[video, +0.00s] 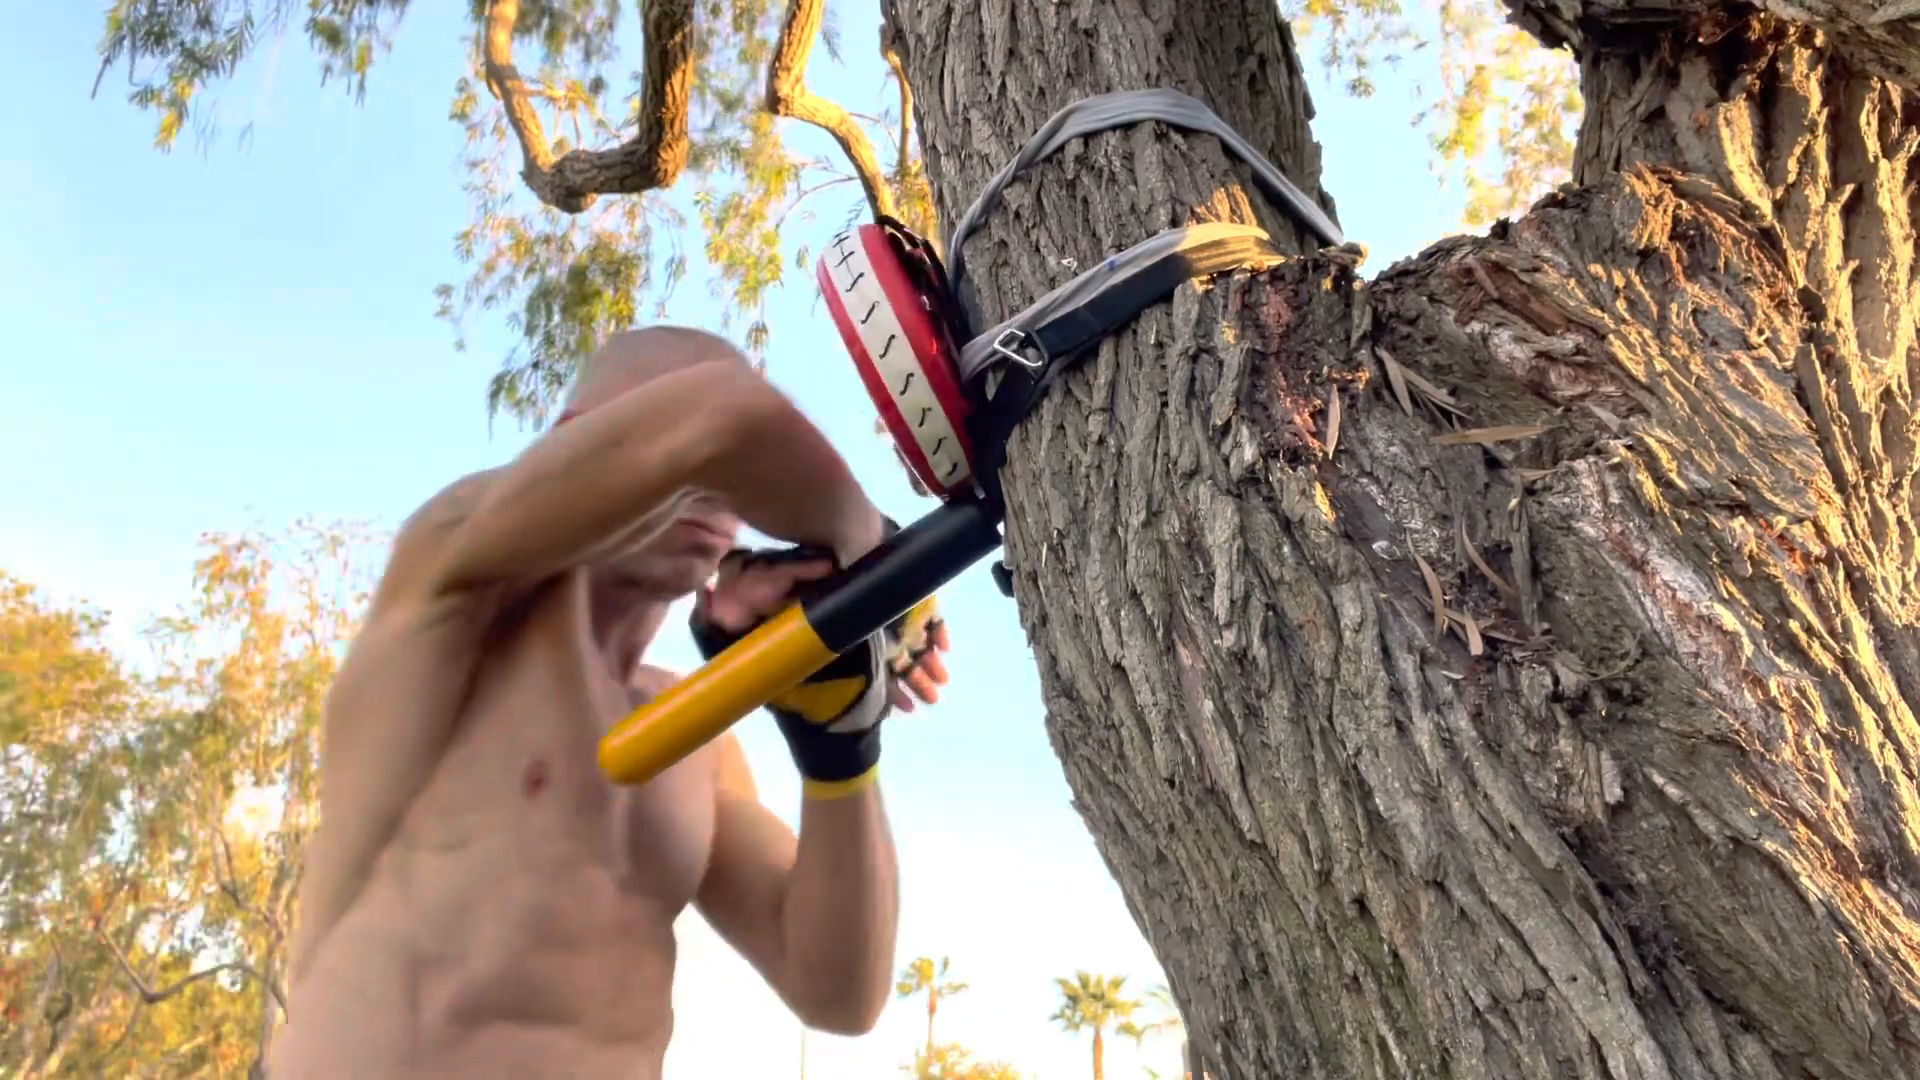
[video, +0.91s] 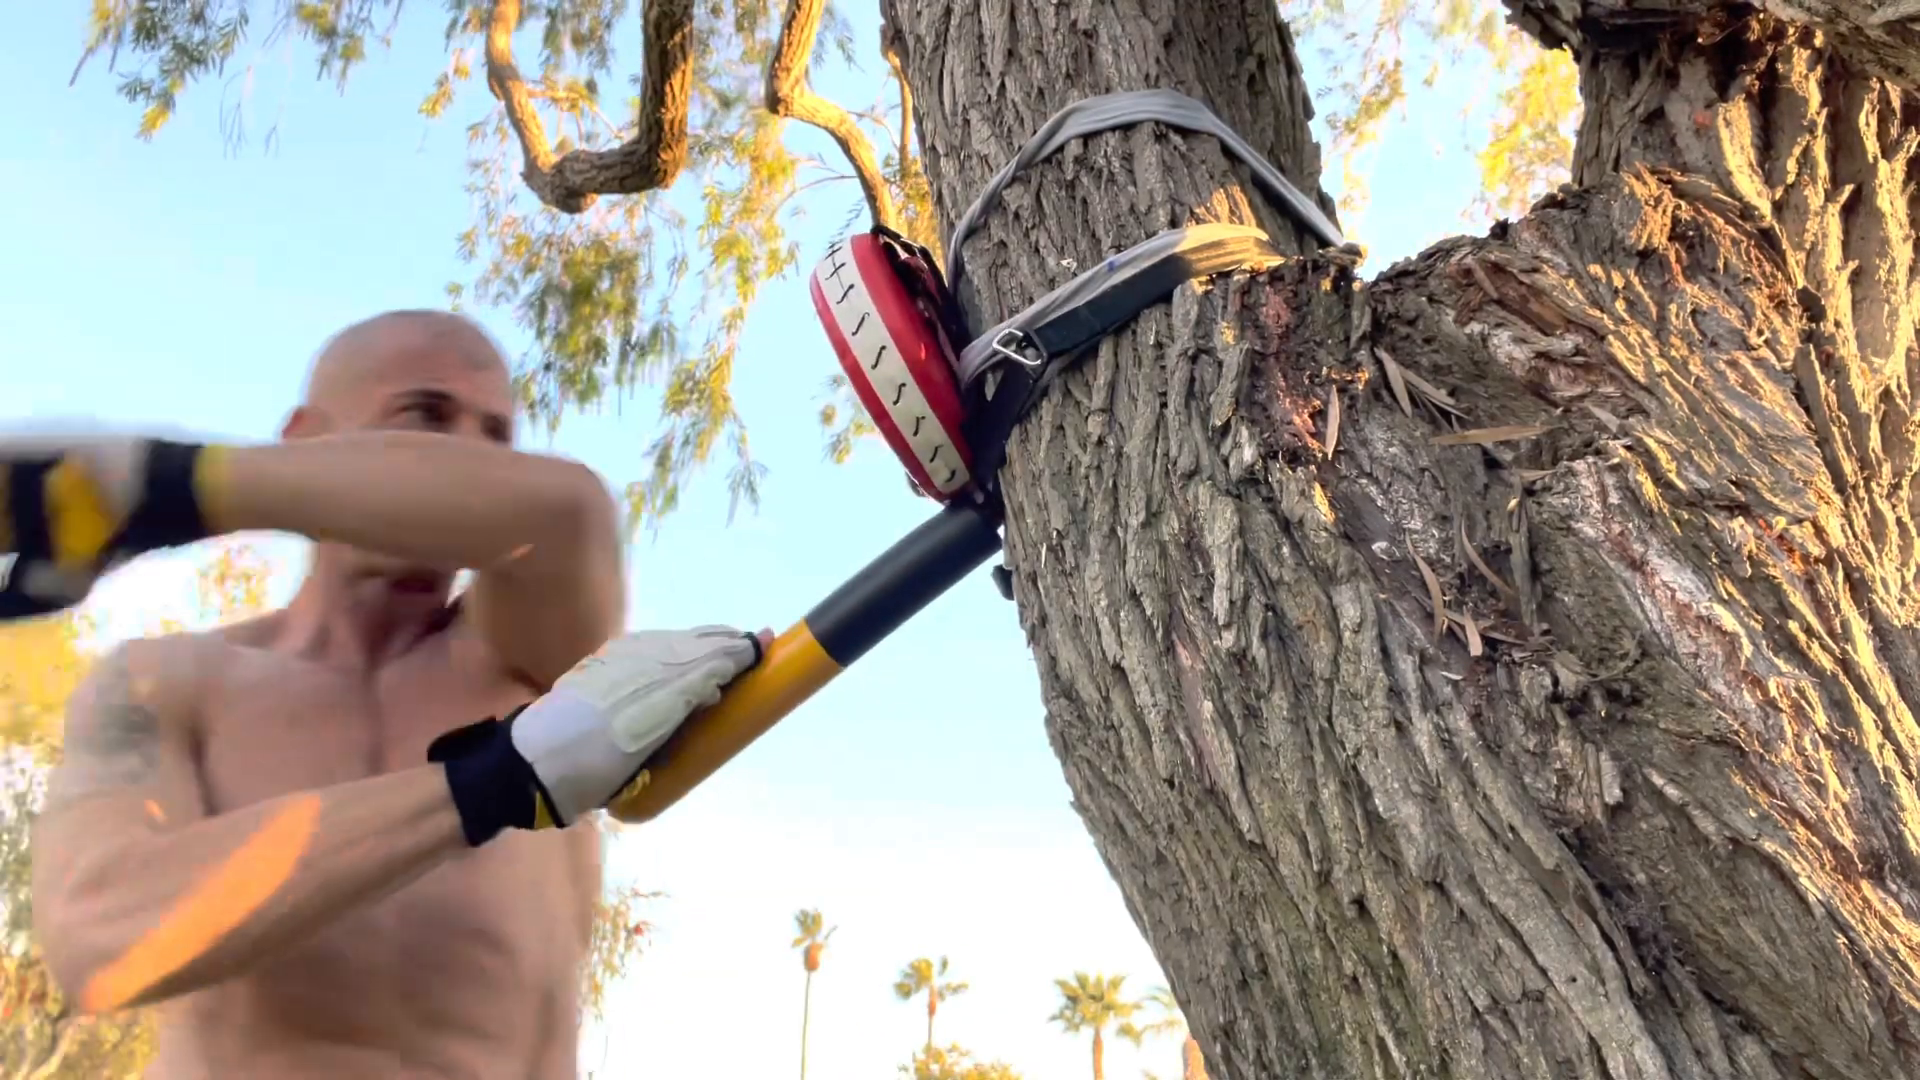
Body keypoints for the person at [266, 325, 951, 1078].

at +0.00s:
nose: (724, 487)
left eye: (738, 463)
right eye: (689, 440)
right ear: (571, 446)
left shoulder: (697, 746)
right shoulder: (454, 574)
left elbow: (838, 993)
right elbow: (718, 406)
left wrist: (836, 743)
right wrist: (856, 536)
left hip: (616, 1058)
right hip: (382, 1051)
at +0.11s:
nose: (663, 495)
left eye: (688, 462)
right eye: (630, 448)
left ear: (710, 511)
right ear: (521, 447)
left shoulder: (645, 733)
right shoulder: (385, 597)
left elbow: (803, 982)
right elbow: (640, 436)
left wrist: (804, 723)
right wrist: (841, 496)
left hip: (575, 1059)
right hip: (349, 1049)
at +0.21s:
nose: (559, 496)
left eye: (583, 468)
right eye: (531, 452)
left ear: (607, 504)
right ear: (408, 460)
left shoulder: (545, 753)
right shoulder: (254, 597)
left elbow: (710, 1026)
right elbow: (466, 545)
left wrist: (640, 793)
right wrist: (742, 393)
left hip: (484, 1057)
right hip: (258, 1048)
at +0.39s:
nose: (437, 513)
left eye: (459, 488)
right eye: (399, 464)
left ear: (467, 517)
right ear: (264, 467)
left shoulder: (437, 702)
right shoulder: (106, 632)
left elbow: (724, 764)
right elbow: (185, 838)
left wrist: (851, 533)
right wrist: (596, 695)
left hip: (380, 1058)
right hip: (128, 1058)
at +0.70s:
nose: (300, 494)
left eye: (326, 467)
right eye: (251, 448)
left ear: (344, 498)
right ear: (124, 469)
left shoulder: (360, 686)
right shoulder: (26, 664)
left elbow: (633, 752)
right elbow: (43, 862)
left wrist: (774, 540)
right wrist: (455, 722)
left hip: (361, 1059)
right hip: (95, 1066)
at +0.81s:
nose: (348, 489)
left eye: (375, 459)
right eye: (298, 439)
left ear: (393, 489)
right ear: (176, 465)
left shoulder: (419, 673)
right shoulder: (47, 655)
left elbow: (686, 708)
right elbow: (71, 885)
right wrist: (498, 745)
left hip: (405, 1058)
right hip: (138, 1062)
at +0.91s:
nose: (469, 460)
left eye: (497, 436)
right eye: (425, 418)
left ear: (523, 465)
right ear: (302, 444)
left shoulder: (523, 670)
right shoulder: (159, 682)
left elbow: (565, 509)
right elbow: (100, 941)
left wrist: (176, 484)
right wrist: (507, 775)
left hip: (489, 1058)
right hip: (238, 1060)